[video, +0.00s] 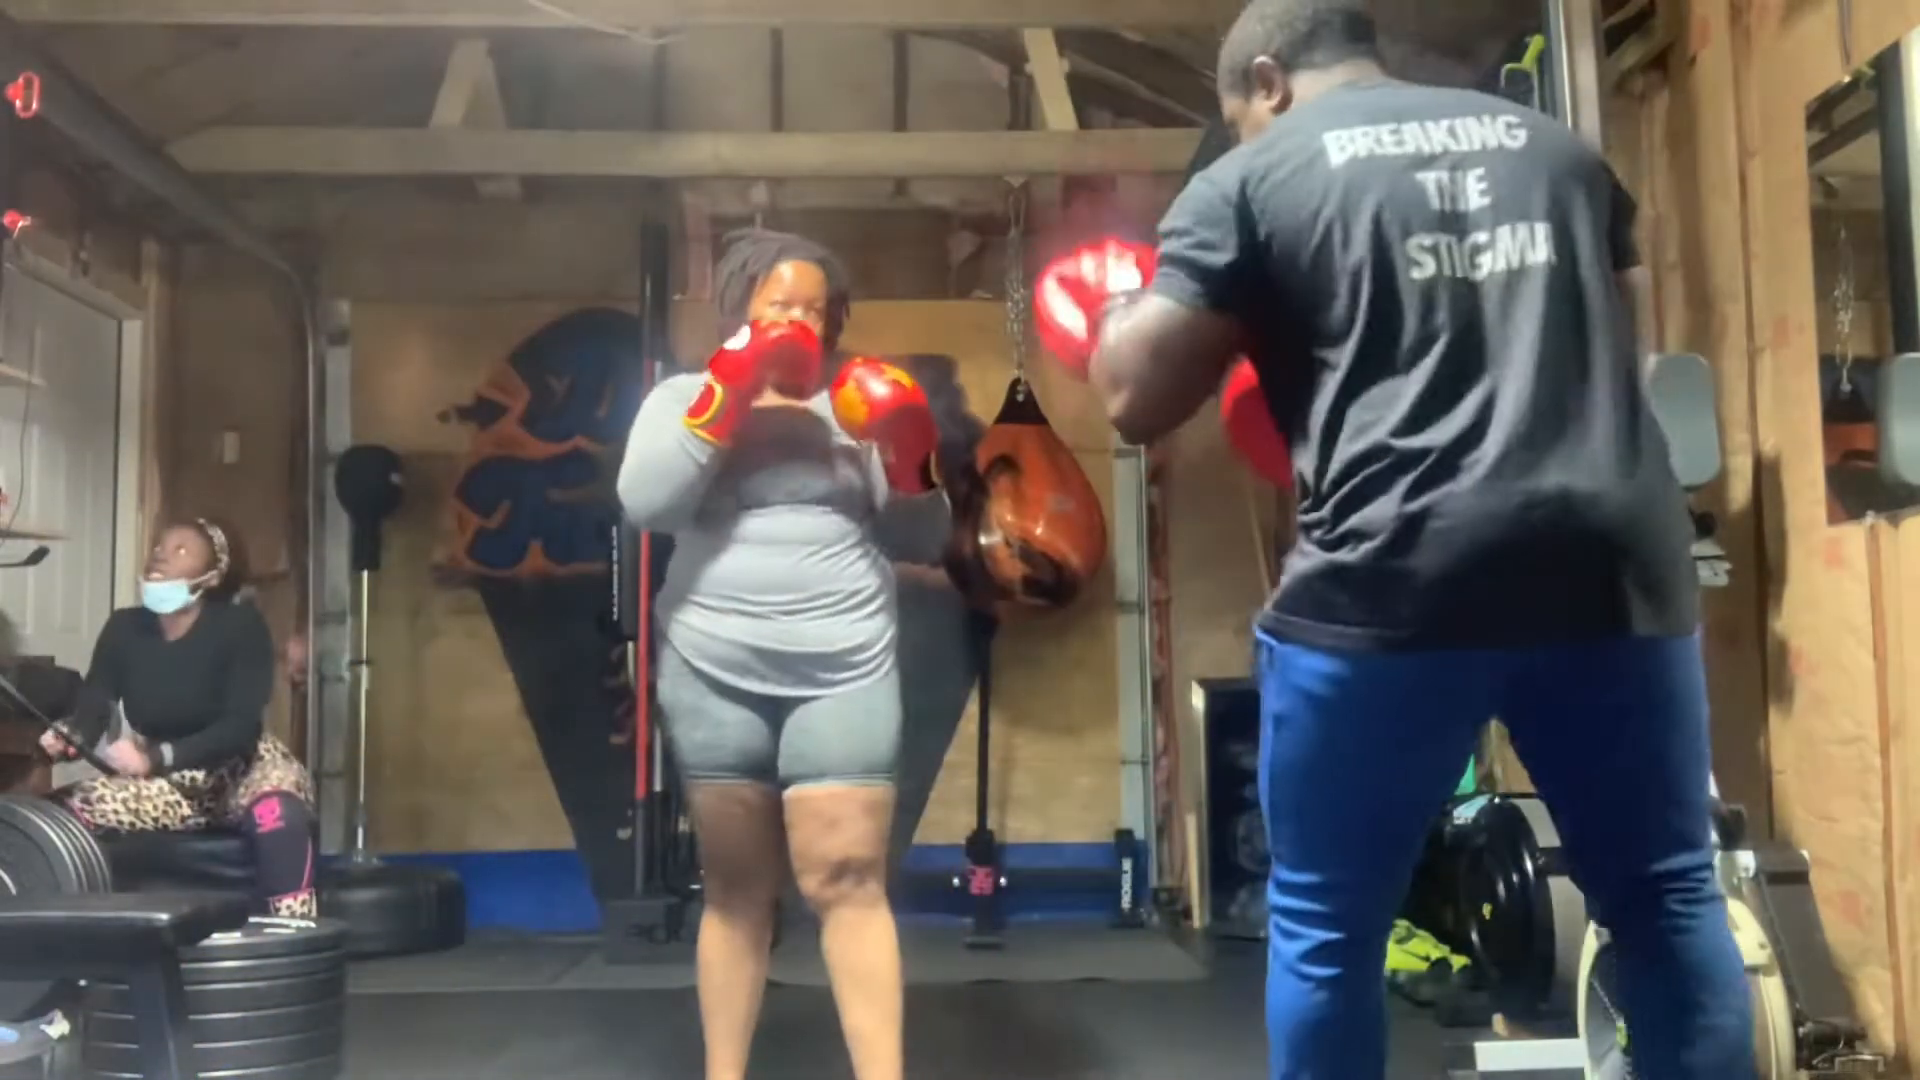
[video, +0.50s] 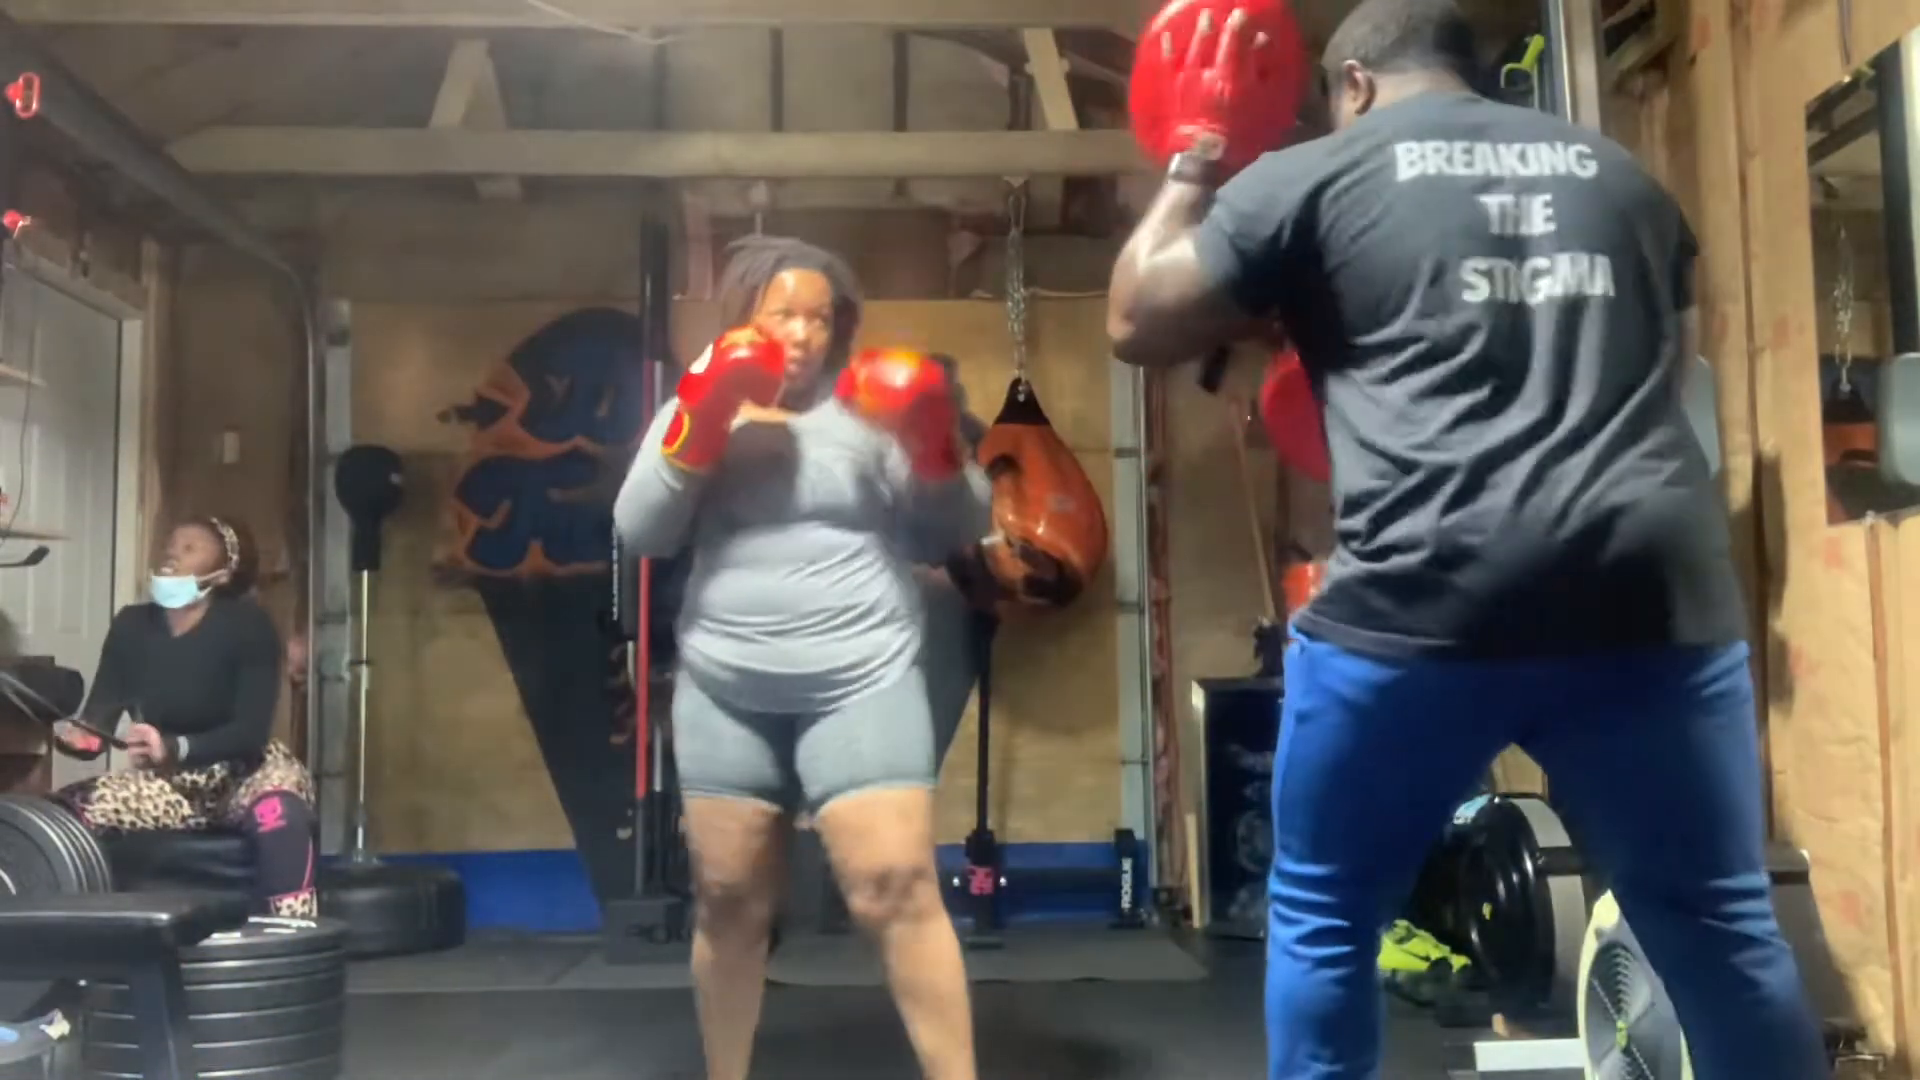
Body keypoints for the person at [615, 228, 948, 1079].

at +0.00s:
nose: (798, 326)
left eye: (813, 312)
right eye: (781, 309)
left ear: (834, 324)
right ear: (737, 312)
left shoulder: (861, 410)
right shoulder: (684, 399)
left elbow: (920, 542)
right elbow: (643, 502)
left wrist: (908, 455)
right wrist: (728, 394)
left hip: (847, 667)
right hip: (713, 667)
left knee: (847, 881)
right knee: (735, 892)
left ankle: (883, 1075)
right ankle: (725, 1075)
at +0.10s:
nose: (789, 328)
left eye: (805, 313)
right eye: (772, 310)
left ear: (825, 325)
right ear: (730, 311)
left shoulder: (853, 406)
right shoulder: (677, 397)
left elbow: (919, 541)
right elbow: (637, 496)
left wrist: (908, 447)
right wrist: (714, 382)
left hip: (843, 665)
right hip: (707, 665)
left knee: (848, 879)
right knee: (732, 888)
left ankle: (882, 1075)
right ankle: (724, 1075)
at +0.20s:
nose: (788, 329)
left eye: (804, 312)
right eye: (771, 310)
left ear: (821, 322)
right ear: (725, 309)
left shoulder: (853, 402)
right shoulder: (672, 395)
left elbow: (914, 544)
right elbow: (632, 498)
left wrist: (908, 460)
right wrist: (704, 385)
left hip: (838, 660)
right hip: (702, 664)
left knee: (857, 869)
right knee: (727, 882)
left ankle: (893, 1075)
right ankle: (723, 1075)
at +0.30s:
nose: (780, 339)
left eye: (797, 323)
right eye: (762, 320)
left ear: (816, 333)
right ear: (722, 320)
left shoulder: (852, 409)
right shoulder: (671, 405)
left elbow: (909, 552)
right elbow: (626, 516)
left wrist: (903, 497)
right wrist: (704, 409)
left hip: (837, 662)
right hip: (699, 670)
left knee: (870, 862)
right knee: (721, 885)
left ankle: (921, 1071)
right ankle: (723, 1074)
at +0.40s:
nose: (787, 351)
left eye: (804, 334)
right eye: (769, 332)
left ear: (821, 344)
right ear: (727, 336)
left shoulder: (848, 422)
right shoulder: (678, 420)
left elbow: (911, 562)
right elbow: (629, 541)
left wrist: (897, 510)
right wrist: (700, 430)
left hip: (845, 680)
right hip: (706, 686)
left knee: (883, 875)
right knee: (716, 896)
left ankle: (954, 1073)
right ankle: (722, 1075)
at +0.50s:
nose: (804, 335)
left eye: (821, 319)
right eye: (785, 316)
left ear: (841, 330)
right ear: (744, 324)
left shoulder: (875, 411)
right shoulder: (699, 411)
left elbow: (954, 534)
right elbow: (640, 534)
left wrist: (929, 432)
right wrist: (702, 422)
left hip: (863, 680)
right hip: (722, 685)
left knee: (896, 886)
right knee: (725, 897)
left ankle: (955, 1075)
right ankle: (725, 1075)